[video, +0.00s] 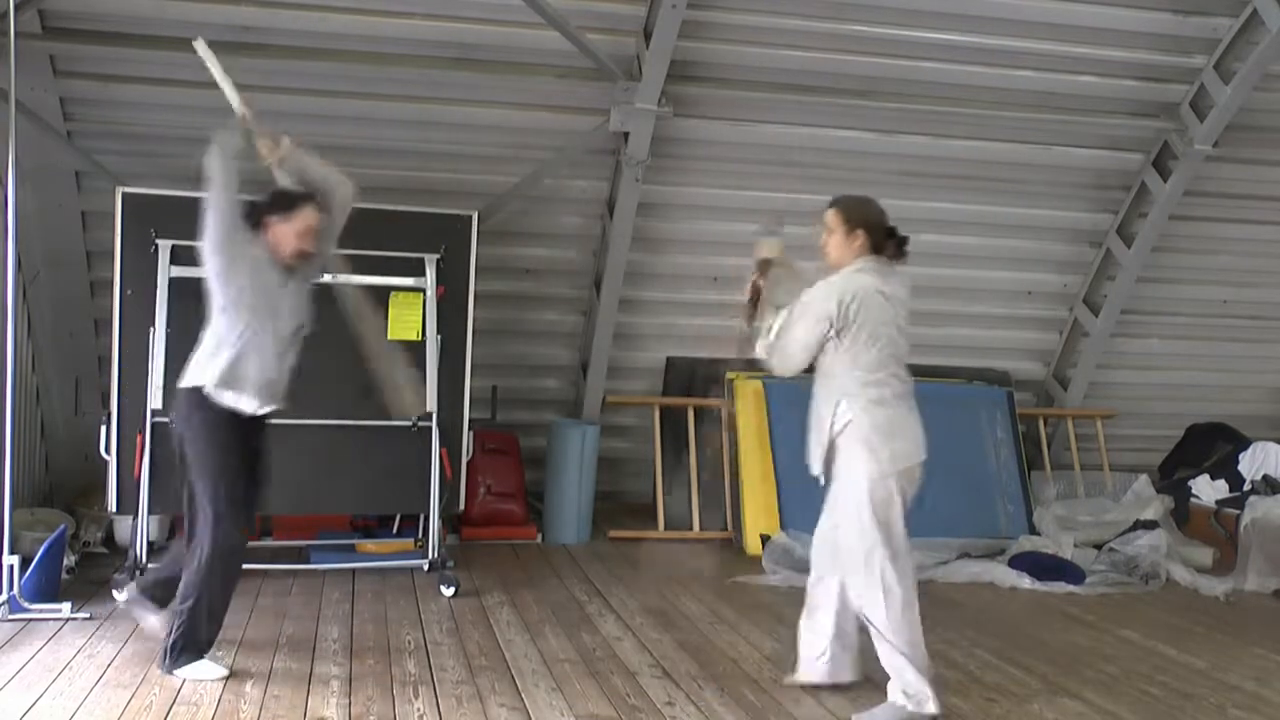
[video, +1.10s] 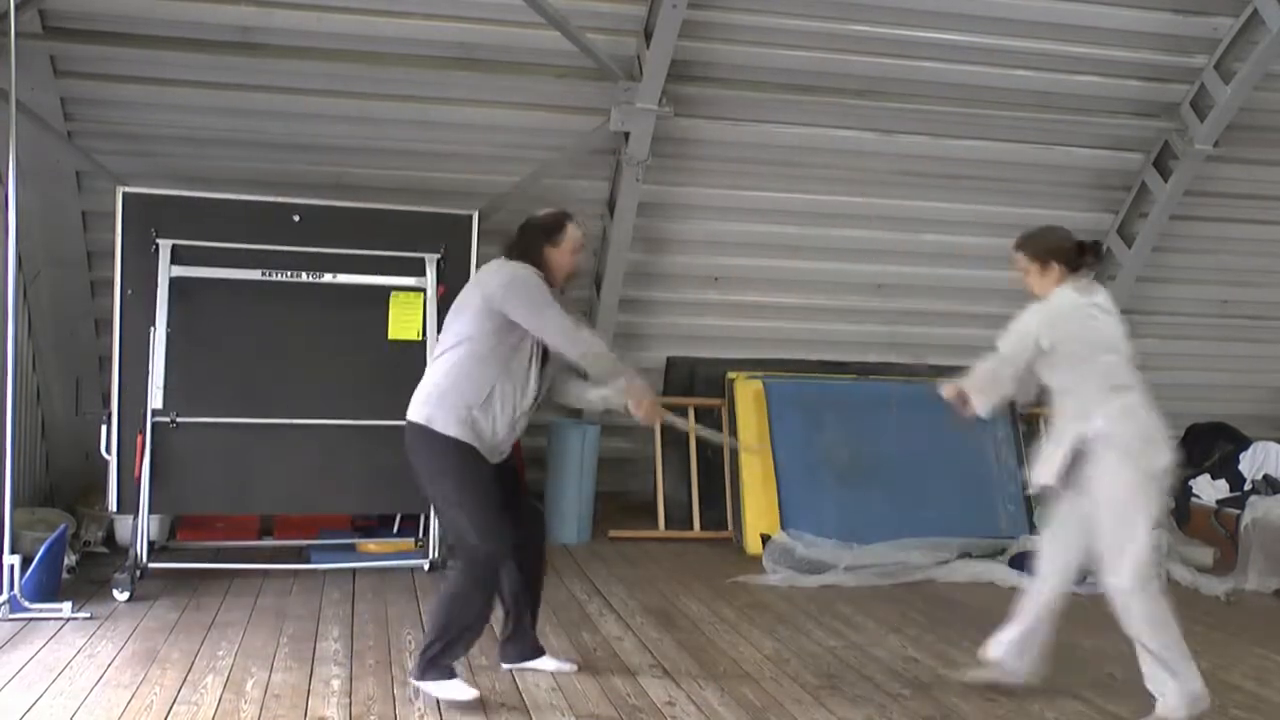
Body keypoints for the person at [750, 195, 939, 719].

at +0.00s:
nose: (822, 242)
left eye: (829, 232)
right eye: (823, 232)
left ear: (857, 239)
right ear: (866, 239)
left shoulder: (834, 290)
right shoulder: (892, 286)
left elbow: (785, 358)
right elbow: (826, 307)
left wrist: (764, 315)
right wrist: (779, 281)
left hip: (865, 447)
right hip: (902, 443)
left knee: (875, 564)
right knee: (830, 549)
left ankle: (914, 694)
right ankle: (826, 663)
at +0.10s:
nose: (840, 240)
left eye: (847, 231)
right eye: (841, 230)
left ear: (874, 239)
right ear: (885, 240)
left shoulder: (855, 293)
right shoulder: (912, 285)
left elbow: (808, 361)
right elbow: (857, 307)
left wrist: (780, 310)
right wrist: (810, 275)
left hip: (881, 449)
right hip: (921, 444)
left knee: (870, 566)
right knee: (890, 558)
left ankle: (909, 701)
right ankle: (903, 665)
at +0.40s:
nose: (897, 243)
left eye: (903, 235)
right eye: (898, 233)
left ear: (931, 240)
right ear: (939, 241)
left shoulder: (902, 289)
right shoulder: (962, 284)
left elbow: (825, 318)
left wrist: (819, 256)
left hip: (917, 451)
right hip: (964, 444)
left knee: (895, 569)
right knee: (959, 552)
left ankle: (909, 701)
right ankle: (988, 658)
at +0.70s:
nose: (953, 248)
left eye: (961, 240)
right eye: (955, 239)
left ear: (987, 248)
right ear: (993, 249)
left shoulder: (965, 289)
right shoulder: (1005, 293)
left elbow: (889, 308)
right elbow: (936, 310)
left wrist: (878, 266)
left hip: (996, 440)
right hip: (1024, 438)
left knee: (966, 561)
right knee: (998, 561)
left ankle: (959, 688)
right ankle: (995, 675)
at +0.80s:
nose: (964, 252)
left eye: (973, 244)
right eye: (967, 243)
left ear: (998, 253)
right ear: (1004, 254)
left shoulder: (981, 294)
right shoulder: (1013, 298)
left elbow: (909, 346)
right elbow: (948, 364)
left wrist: (889, 320)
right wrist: (900, 332)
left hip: (1014, 445)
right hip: (1035, 443)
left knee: (980, 560)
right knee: (989, 559)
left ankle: (1025, 681)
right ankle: (991, 670)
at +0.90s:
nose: (985, 263)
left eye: (994, 257)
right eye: (988, 255)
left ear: (1019, 265)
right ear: (1025, 265)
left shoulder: (1001, 305)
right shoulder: (1034, 310)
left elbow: (944, 359)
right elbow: (985, 391)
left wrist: (915, 343)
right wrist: (932, 371)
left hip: (1039, 457)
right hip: (1018, 458)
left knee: (1031, 574)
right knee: (981, 557)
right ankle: (991, 673)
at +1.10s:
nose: (1022, 282)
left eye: (1025, 272)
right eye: (1020, 272)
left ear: (1051, 268)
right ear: (1062, 268)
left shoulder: (1050, 313)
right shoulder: (1095, 304)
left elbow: (1007, 363)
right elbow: (1034, 364)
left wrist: (968, 391)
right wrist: (984, 391)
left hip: (1117, 454)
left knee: (1127, 577)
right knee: (1057, 555)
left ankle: (1182, 696)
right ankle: (1012, 659)